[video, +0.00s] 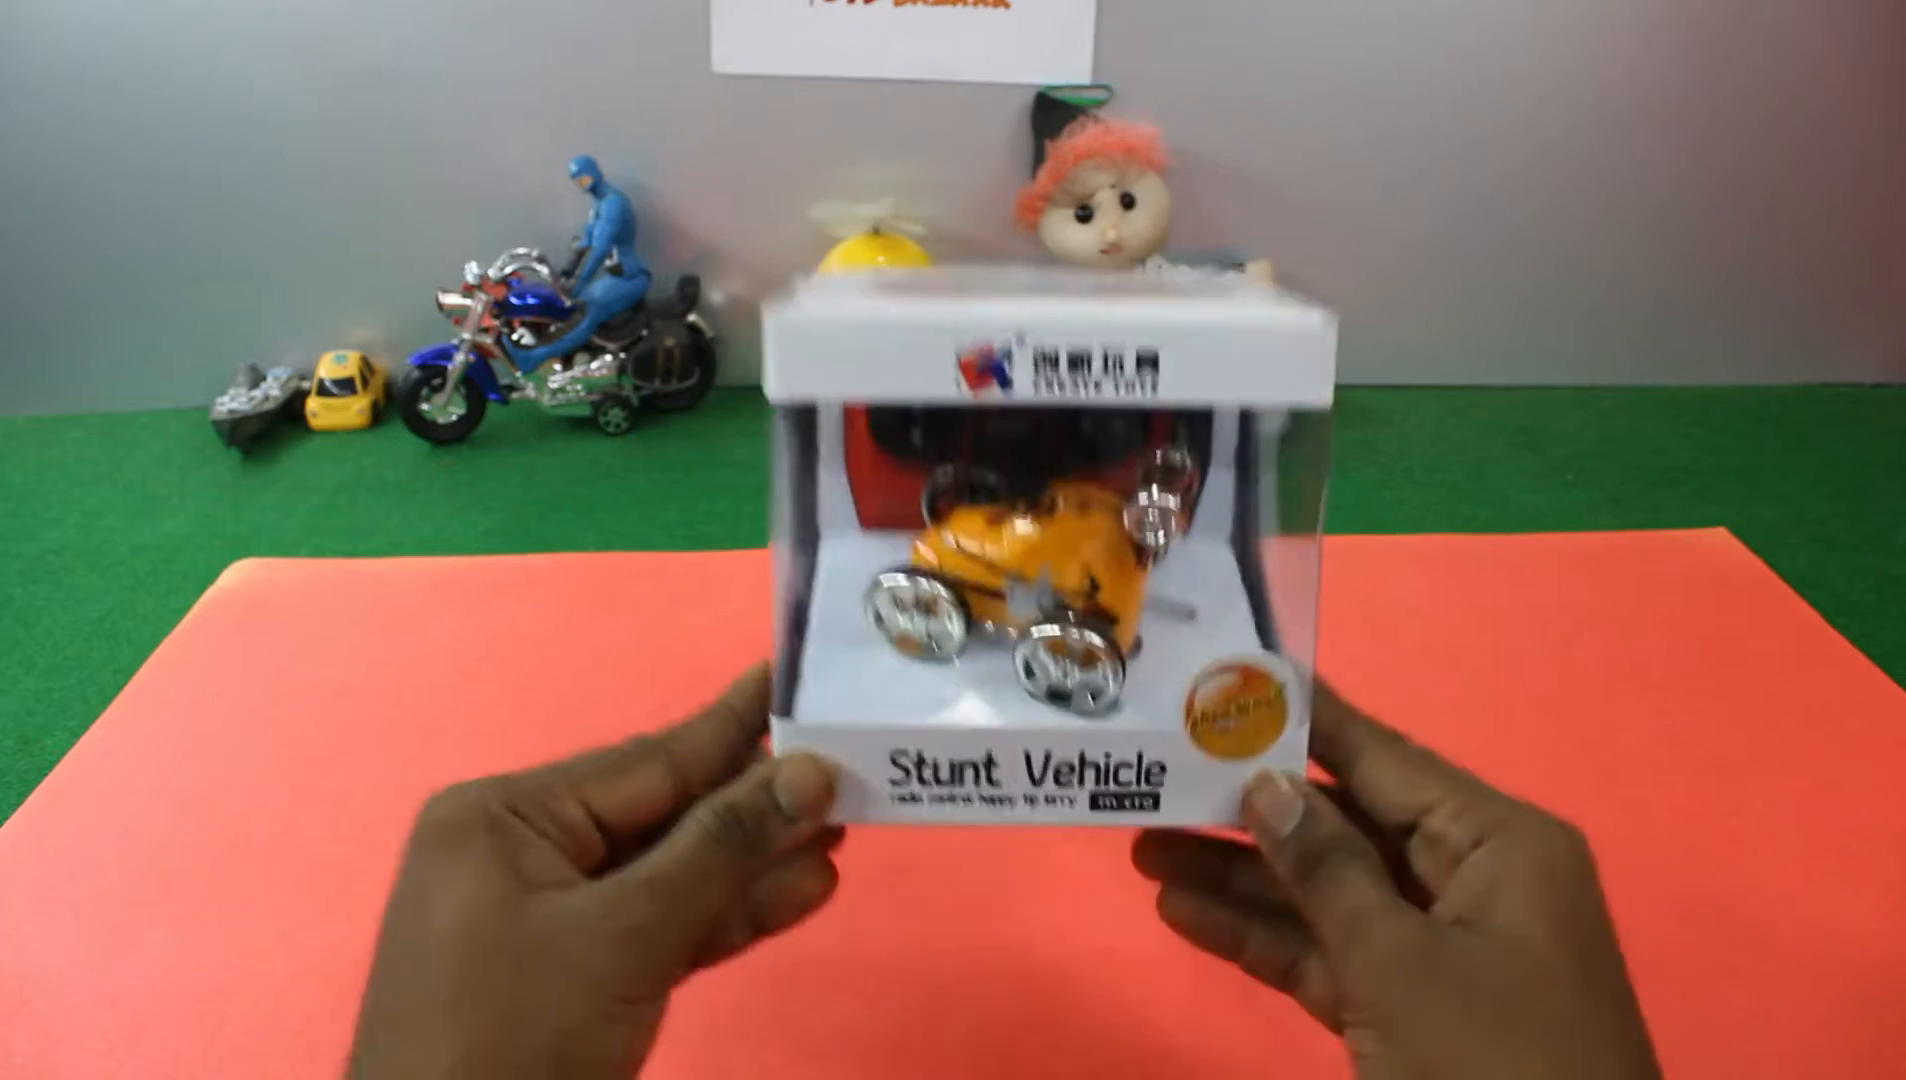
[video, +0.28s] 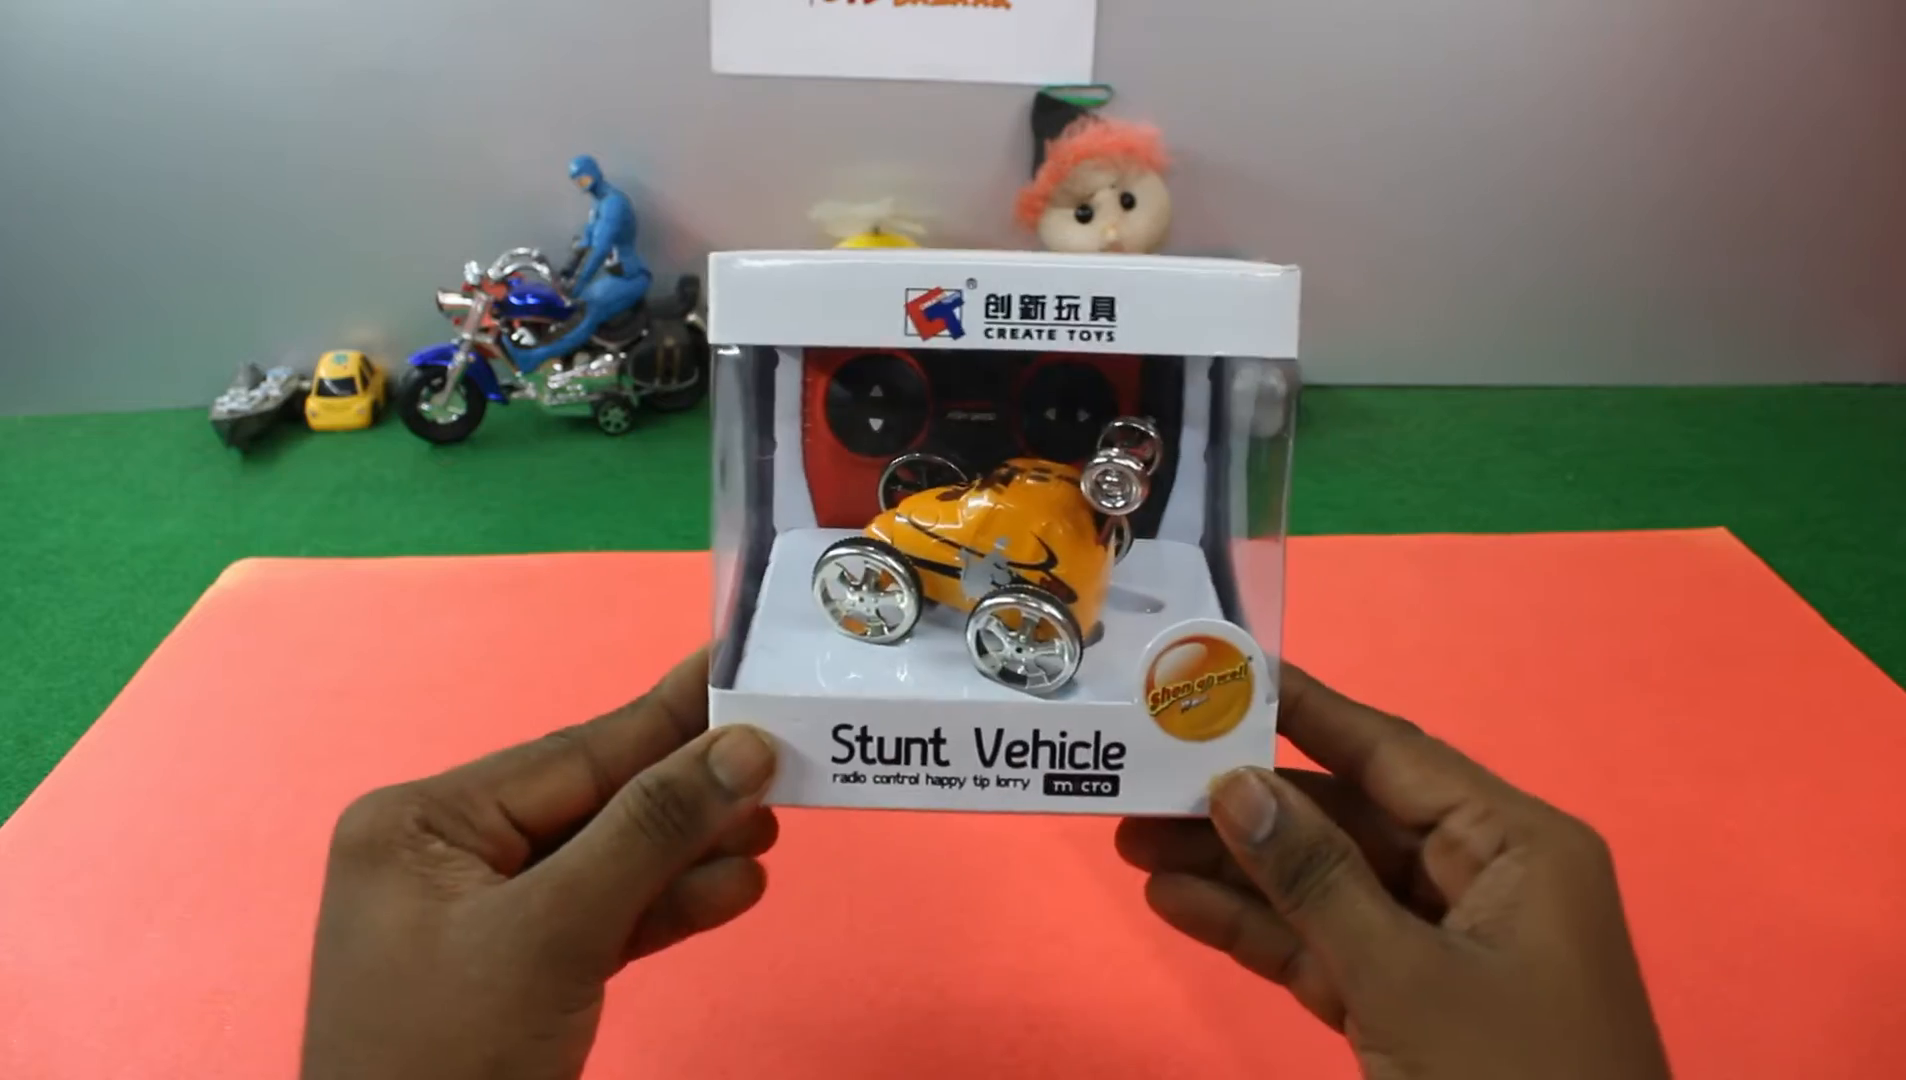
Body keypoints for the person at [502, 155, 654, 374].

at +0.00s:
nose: (581, 184)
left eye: (583, 177)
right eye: (576, 180)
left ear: (594, 174)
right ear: (576, 181)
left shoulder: (614, 203)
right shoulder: (598, 204)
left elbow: (601, 248)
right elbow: (587, 241)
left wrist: (577, 287)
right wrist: (567, 272)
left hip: (630, 277)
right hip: (611, 272)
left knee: (592, 313)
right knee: (573, 302)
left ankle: (532, 358)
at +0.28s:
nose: (581, 184)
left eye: (583, 177)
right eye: (576, 179)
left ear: (594, 174)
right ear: (576, 181)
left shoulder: (614, 203)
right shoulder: (598, 203)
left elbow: (601, 248)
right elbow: (586, 240)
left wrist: (577, 287)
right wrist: (567, 271)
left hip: (630, 277)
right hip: (611, 272)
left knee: (593, 312)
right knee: (574, 302)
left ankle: (532, 358)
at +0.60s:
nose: (581, 184)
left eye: (583, 177)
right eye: (576, 180)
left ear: (594, 174)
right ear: (576, 181)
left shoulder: (614, 203)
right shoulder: (598, 203)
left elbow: (601, 248)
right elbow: (586, 241)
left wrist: (577, 287)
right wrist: (567, 271)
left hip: (631, 277)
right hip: (612, 272)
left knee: (593, 313)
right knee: (575, 301)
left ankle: (532, 359)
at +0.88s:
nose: (581, 184)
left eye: (583, 177)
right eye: (576, 180)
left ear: (594, 174)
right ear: (576, 181)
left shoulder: (614, 203)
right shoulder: (598, 203)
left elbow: (601, 248)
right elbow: (586, 241)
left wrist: (577, 287)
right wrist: (567, 271)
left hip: (631, 277)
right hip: (611, 272)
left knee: (593, 313)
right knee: (574, 301)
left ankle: (532, 359)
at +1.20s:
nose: (581, 184)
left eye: (583, 177)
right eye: (577, 180)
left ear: (594, 174)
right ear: (577, 181)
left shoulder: (614, 203)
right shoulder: (598, 205)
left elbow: (602, 248)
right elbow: (587, 241)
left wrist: (578, 285)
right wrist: (567, 271)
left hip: (630, 276)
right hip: (611, 272)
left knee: (592, 311)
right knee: (574, 302)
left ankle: (532, 358)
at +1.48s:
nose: (581, 184)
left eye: (583, 177)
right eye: (577, 180)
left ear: (594, 174)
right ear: (577, 181)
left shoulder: (614, 203)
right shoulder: (598, 204)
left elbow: (602, 248)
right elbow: (587, 241)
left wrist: (578, 285)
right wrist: (568, 271)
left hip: (630, 276)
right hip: (611, 272)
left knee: (591, 311)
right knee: (574, 302)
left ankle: (532, 358)